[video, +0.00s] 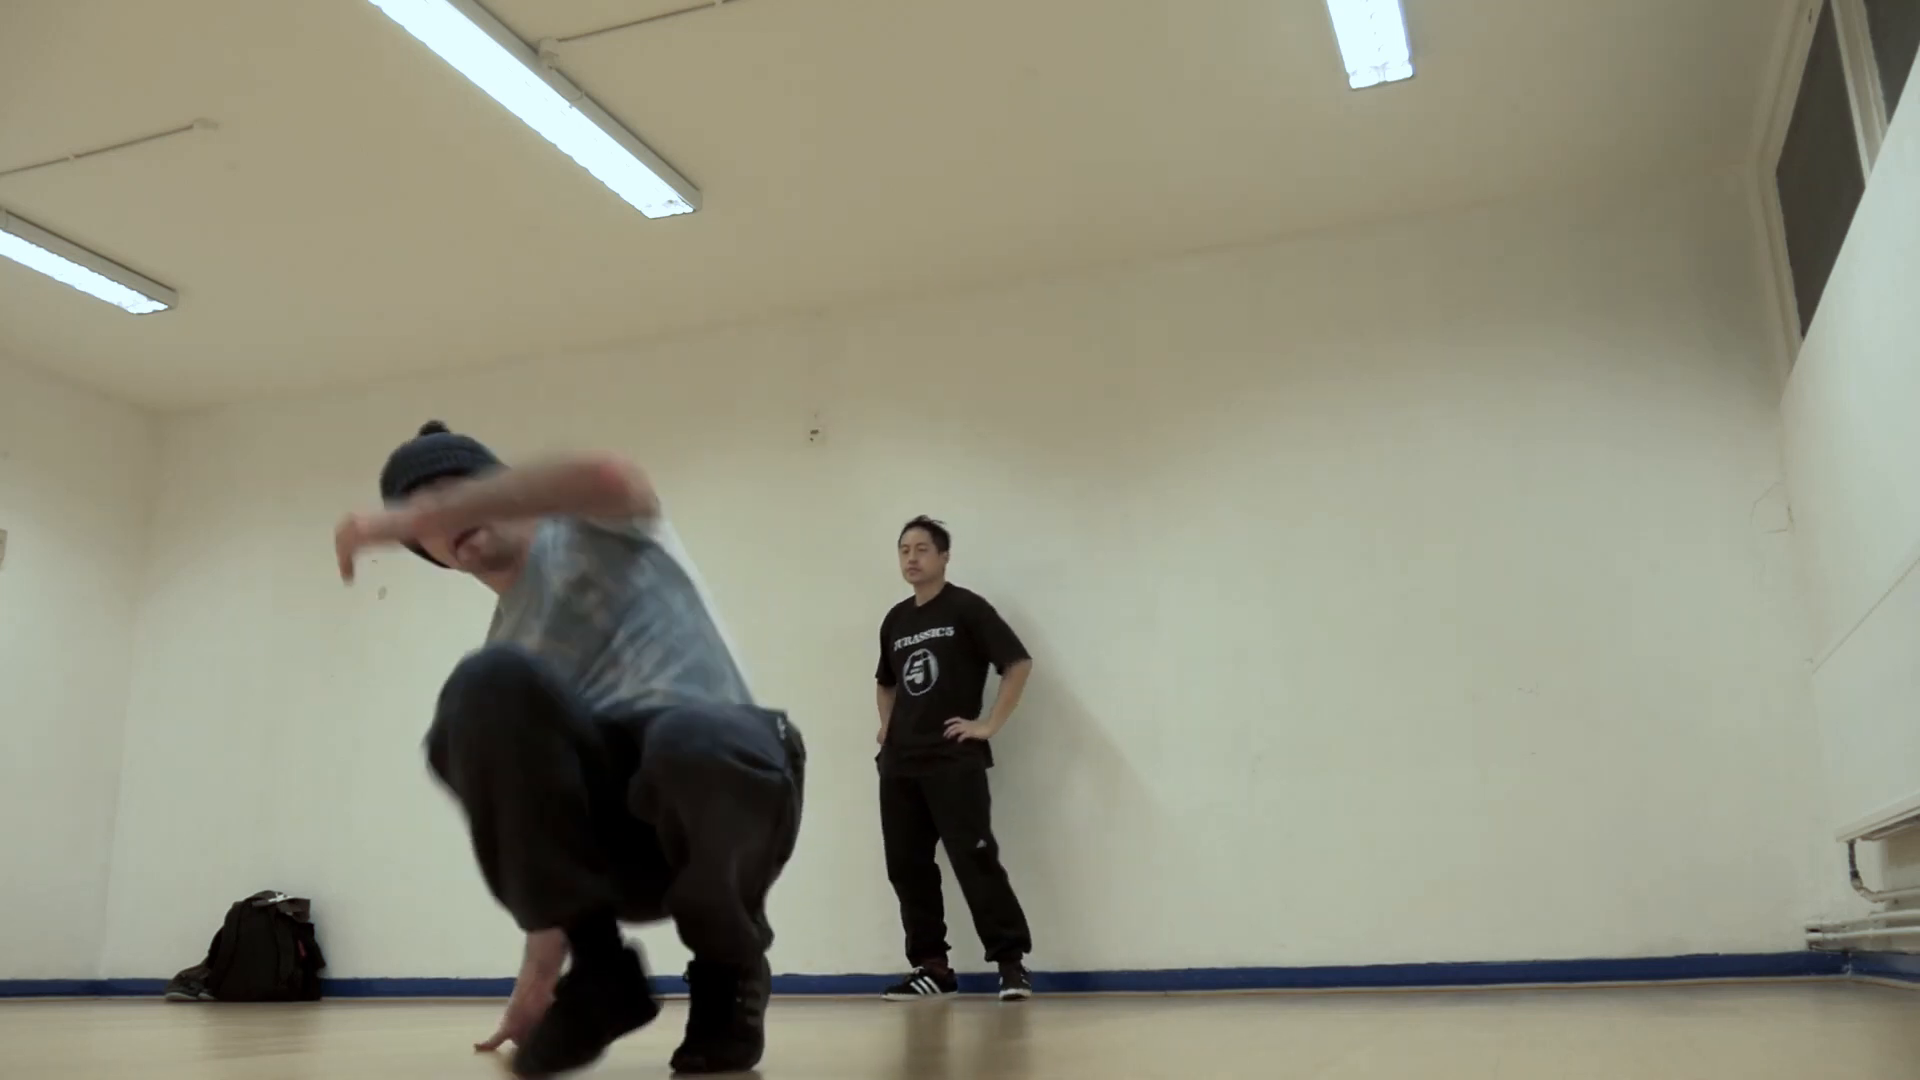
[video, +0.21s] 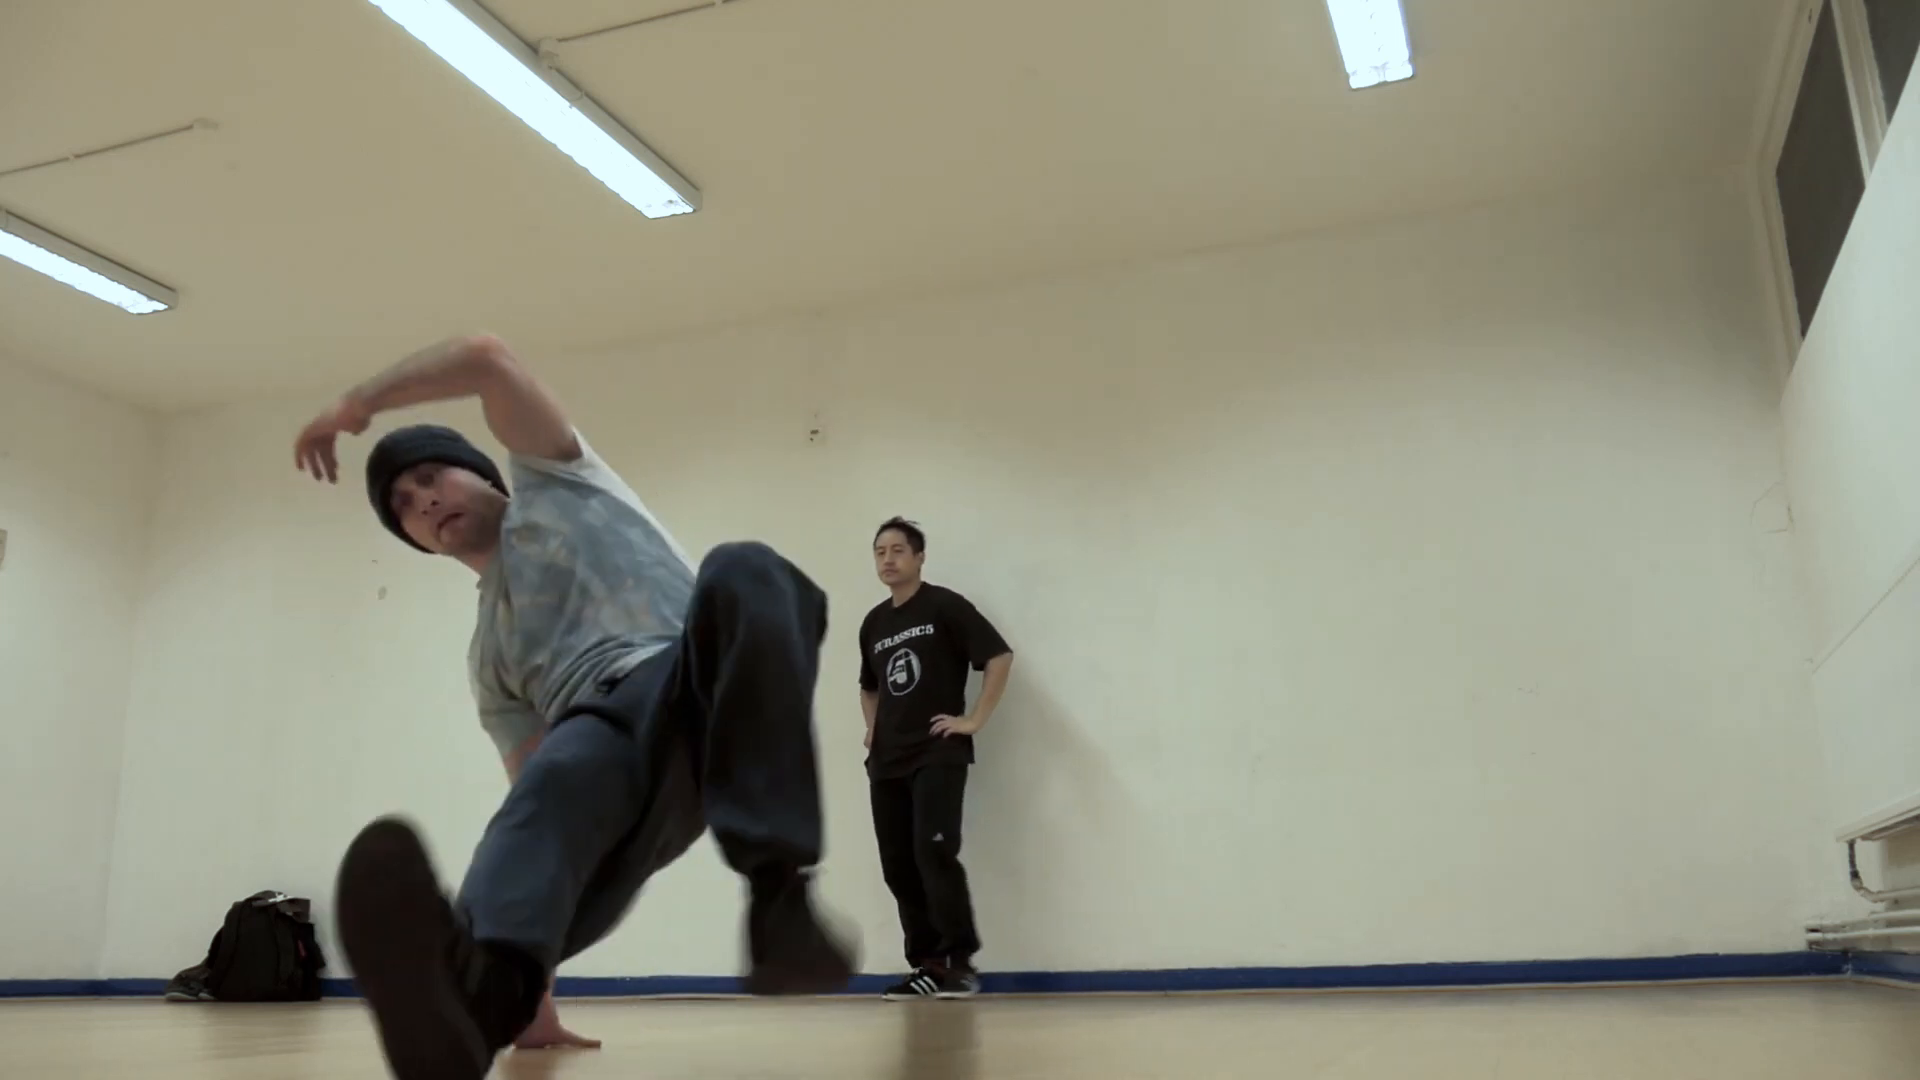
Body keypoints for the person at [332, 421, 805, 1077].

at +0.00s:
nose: (447, 524)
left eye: (455, 496)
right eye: (424, 517)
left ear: (499, 483)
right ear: (421, 549)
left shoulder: (600, 526)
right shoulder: (506, 647)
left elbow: (612, 477)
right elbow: (537, 812)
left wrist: (411, 517)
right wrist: (532, 981)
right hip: (603, 835)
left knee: (698, 742)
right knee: (486, 687)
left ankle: (726, 980)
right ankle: (605, 972)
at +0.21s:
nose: (426, 502)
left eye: (432, 477)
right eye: (406, 509)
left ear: (478, 470)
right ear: (421, 546)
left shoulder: (555, 481)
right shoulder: (490, 660)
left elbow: (485, 358)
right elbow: (536, 803)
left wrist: (355, 404)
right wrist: (529, 999)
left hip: (690, 679)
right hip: (593, 746)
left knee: (746, 568)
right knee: (543, 809)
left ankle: (781, 913)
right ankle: (471, 1007)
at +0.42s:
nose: (414, 501)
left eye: (424, 478)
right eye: (395, 508)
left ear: (476, 477)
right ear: (411, 547)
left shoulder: (542, 487)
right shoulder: (488, 662)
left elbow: (458, 347)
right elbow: (535, 827)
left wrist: (335, 393)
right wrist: (532, 994)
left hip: (706, 702)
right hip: (588, 749)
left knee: (755, 816)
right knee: (509, 768)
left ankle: (847, 1010)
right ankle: (403, 855)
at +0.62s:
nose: (398, 509)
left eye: (405, 484)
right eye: (376, 516)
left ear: (454, 481)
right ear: (389, 554)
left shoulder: (541, 492)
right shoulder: (460, 661)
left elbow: (468, 377)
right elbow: (532, 819)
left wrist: (290, 400)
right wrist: (533, 990)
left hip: (693, 722)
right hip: (595, 785)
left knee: (753, 560)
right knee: (550, 652)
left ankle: (762, 841)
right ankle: (571, 975)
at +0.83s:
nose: (373, 603)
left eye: (377, 580)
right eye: (355, 595)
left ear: (422, 556)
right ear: (365, 603)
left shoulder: (532, 568)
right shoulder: (460, 689)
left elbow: (398, 582)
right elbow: (552, 833)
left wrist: (203, 649)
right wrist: (536, 990)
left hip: (723, 859)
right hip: (628, 910)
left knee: (676, 573)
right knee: (585, 742)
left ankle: (479, 723)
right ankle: (589, 1017)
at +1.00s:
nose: (357, 575)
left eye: (357, 549)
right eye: (340, 587)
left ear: (408, 530)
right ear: (364, 619)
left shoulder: (496, 547)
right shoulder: (468, 683)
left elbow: (393, 463)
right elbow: (561, 820)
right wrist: (536, 995)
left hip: (744, 757)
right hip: (666, 838)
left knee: (635, 517)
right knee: (599, 759)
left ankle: (527, 709)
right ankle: (598, 1007)